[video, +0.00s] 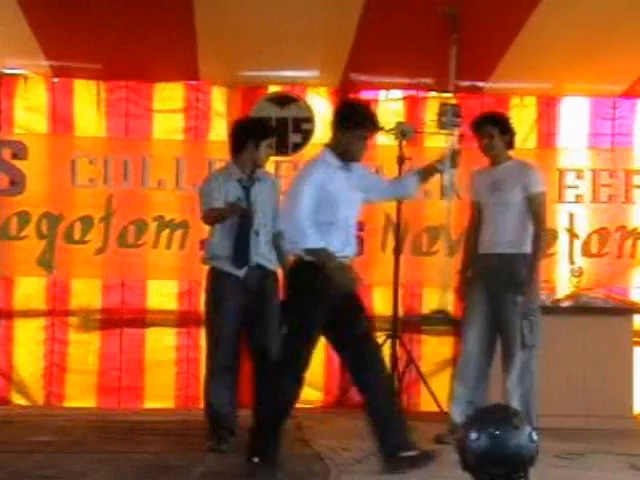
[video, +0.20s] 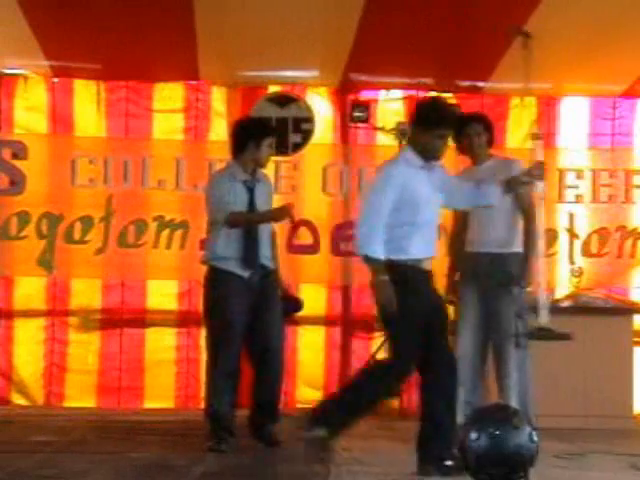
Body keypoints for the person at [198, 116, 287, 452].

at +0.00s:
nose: (266, 155)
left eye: (267, 149)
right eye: (262, 148)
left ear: (260, 151)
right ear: (245, 148)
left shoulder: (269, 184)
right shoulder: (217, 182)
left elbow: (275, 229)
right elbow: (208, 216)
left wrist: (288, 261)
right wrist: (230, 212)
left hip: (263, 274)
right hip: (226, 273)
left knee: (268, 351)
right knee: (223, 352)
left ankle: (268, 429)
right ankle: (221, 427)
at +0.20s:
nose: (269, 155)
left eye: (270, 148)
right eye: (265, 147)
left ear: (261, 150)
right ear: (248, 147)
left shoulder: (264, 186)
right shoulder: (221, 181)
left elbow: (266, 239)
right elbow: (227, 218)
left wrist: (276, 278)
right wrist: (269, 217)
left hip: (261, 274)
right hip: (227, 274)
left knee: (270, 351)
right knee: (226, 352)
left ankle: (264, 422)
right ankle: (221, 425)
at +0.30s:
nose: (271, 155)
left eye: (272, 148)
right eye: (267, 147)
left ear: (264, 150)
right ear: (250, 147)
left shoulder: (263, 185)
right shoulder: (224, 182)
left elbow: (262, 238)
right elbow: (243, 218)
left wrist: (271, 278)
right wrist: (287, 215)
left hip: (261, 276)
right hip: (229, 275)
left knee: (271, 351)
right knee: (227, 353)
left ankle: (270, 422)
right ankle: (222, 426)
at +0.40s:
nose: (280, 154)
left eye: (281, 148)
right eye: (276, 147)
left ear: (266, 149)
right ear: (259, 147)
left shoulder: (265, 184)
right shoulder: (235, 184)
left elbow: (258, 233)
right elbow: (263, 218)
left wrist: (269, 274)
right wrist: (313, 211)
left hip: (262, 279)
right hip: (233, 278)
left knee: (274, 353)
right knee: (229, 354)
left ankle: (282, 426)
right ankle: (221, 429)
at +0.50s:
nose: (288, 155)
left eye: (290, 148)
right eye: (284, 147)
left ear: (278, 148)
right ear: (265, 145)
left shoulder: (270, 182)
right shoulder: (244, 182)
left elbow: (261, 236)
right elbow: (274, 216)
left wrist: (274, 279)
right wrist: (327, 207)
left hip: (264, 279)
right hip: (238, 277)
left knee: (275, 354)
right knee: (231, 353)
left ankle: (287, 428)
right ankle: (222, 429)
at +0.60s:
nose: (298, 155)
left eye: (300, 148)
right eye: (294, 147)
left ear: (286, 148)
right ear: (276, 145)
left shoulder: (276, 181)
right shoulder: (258, 179)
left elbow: (271, 242)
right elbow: (294, 213)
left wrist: (283, 286)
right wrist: (346, 203)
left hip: (273, 279)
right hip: (250, 277)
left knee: (278, 358)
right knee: (239, 355)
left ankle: (289, 431)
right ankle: (222, 428)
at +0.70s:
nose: (306, 152)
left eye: (306, 145)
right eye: (301, 145)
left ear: (290, 147)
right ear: (282, 146)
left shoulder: (285, 184)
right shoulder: (268, 181)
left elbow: (286, 252)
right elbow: (303, 211)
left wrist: (293, 297)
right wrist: (354, 200)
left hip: (280, 280)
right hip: (257, 276)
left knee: (283, 358)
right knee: (248, 355)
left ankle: (290, 430)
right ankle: (224, 428)